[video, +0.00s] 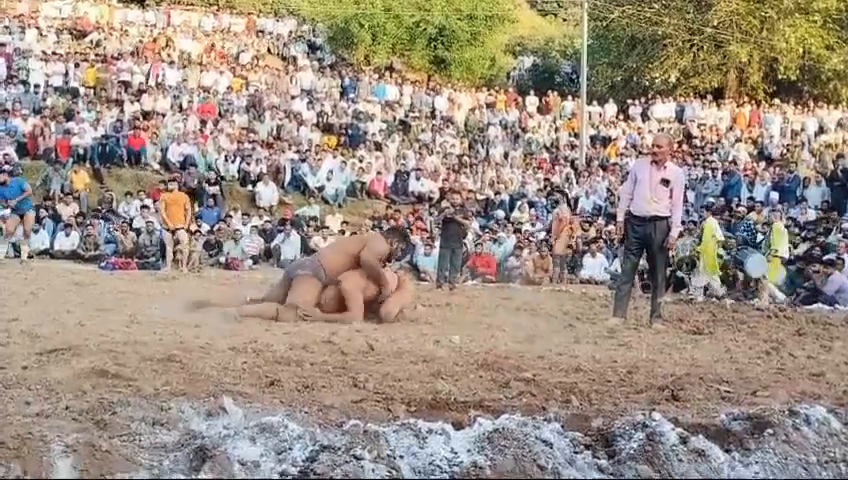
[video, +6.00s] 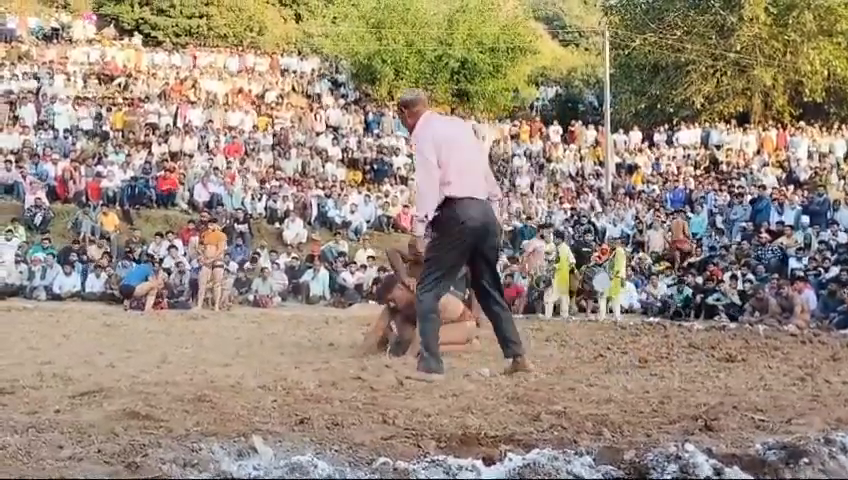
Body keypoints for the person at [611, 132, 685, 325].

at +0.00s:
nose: (654, 150)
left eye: (659, 147)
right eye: (653, 146)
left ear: (670, 149)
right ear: (651, 146)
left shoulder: (676, 173)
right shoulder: (639, 165)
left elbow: (677, 205)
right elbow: (626, 192)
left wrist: (674, 232)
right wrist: (620, 218)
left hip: (660, 221)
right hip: (635, 219)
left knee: (658, 273)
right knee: (627, 269)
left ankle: (656, 315)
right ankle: (619, 314)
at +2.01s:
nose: (660, 179)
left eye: (665, 175)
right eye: (658, 175)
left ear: (676, 174)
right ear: (655, 174)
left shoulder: (686, 194)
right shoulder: (646, 193)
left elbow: (694, 224)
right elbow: (639, 222)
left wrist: (698, 250)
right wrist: (635, 247)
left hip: (678, 248)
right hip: (653, 249)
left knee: (683, 294)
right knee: (656, 300)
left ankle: (688, 342)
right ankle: (658, 345)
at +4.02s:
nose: (637, 151)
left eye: (640, 145)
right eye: (634, 146)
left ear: (655, 140)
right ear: (633, 144)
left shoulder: (676, 160)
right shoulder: (634, 165)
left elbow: (684, 199)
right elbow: (633, 200)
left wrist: (670, 223)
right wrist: (631, 228)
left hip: (669, 235)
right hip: (639, 235)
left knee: (675, 299)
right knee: (640, 297)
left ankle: (683, 356)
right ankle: (642, 356)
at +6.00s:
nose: (404, 124)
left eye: (402, 117)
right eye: (402, 118)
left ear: (408, 112)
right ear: (426, 107)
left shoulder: (424, 133)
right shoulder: (461, 125)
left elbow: (428, 180)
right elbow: (484, 167)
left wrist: (419, 226)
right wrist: (492, 202)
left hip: (457, 209)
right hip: (486, 208)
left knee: (428, 288)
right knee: (488, 287)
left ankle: (430, 360)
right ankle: (517, 354)